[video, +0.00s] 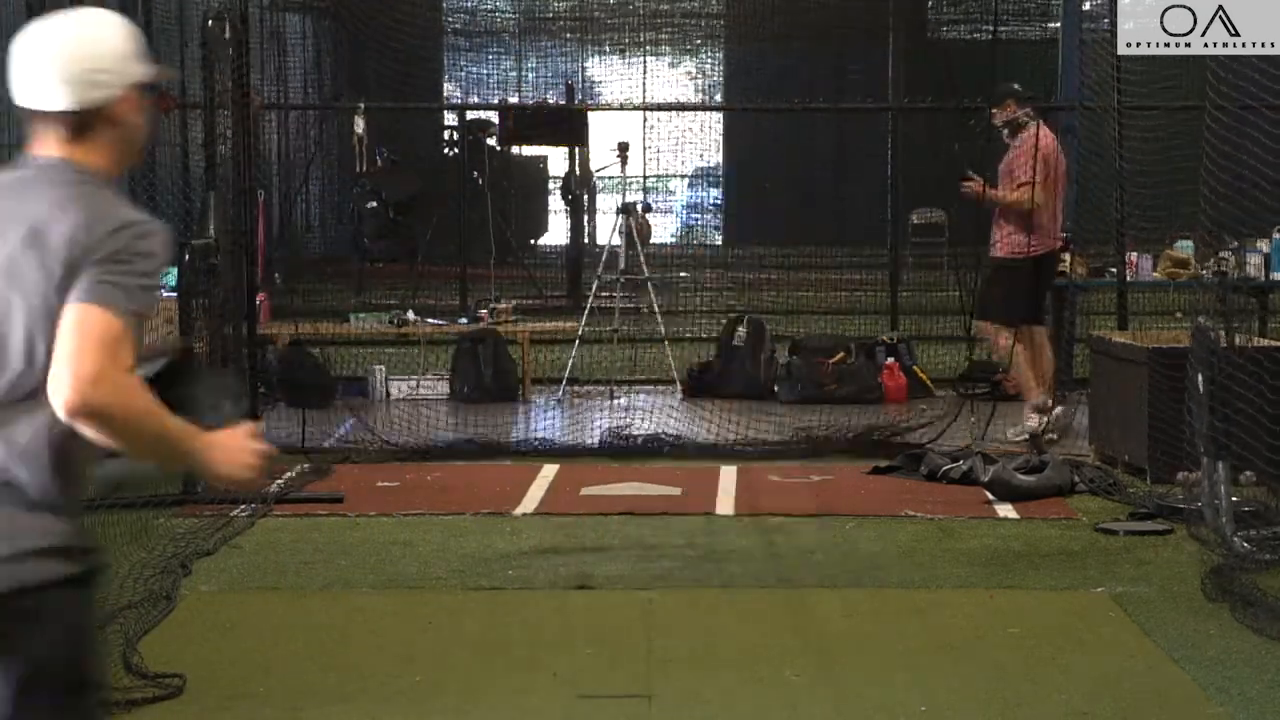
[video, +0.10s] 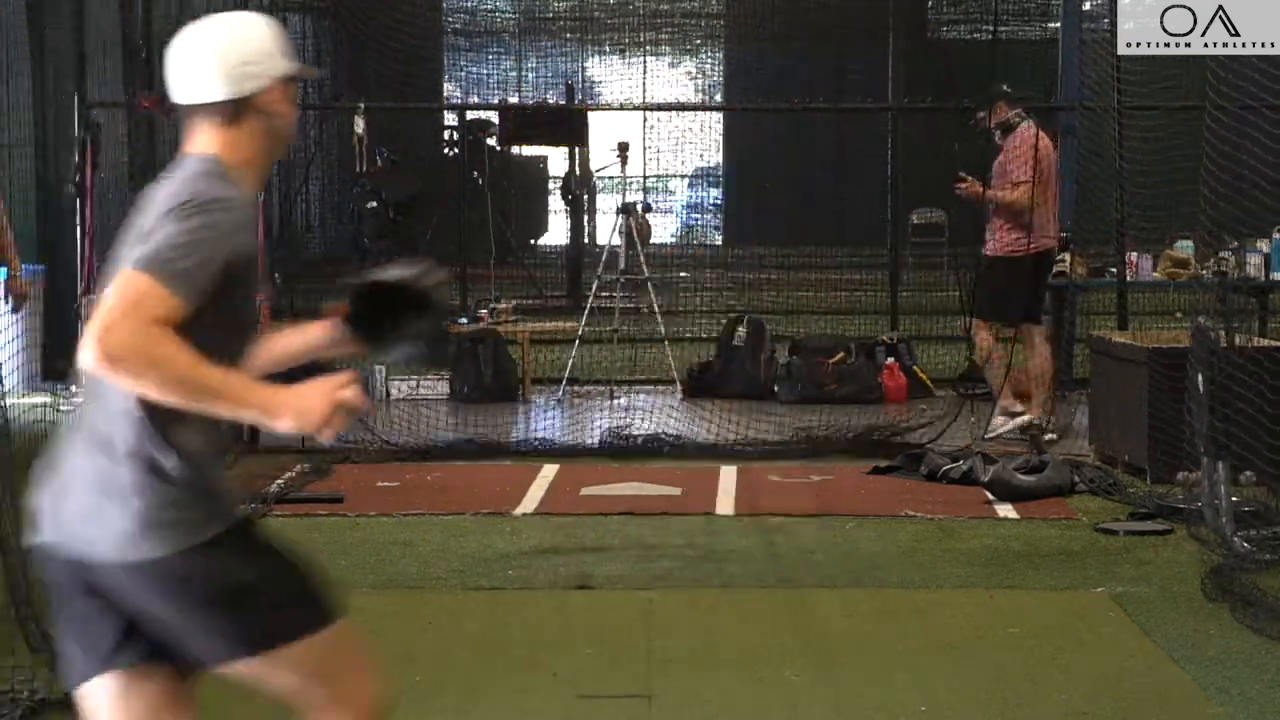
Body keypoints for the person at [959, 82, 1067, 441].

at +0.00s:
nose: (995, 118)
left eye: (1000, 110)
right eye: (994, 112)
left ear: (1018, 109)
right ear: (1022, 111)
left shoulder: (1032, 142)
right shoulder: (1042, 140)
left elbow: (1029, 198)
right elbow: (1036, 197)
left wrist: (986, 194)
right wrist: (993, 193)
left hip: (1021, 251)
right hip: (1038, 249)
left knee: (992, 325)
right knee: (1032, 327)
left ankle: (1034, 404)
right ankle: (1046, 404)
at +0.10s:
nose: (987, 122)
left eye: (988, 115)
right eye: (985, 116)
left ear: (1002, 109)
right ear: (1014, 109)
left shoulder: (1020, 140)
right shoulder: (1040, 140)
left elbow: (1021, 200)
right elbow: (1033, 199)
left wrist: (981, 193)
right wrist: (986, 193)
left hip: (1012, 250)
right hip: (1038, 250)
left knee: (982, 329)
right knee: (1033, 331)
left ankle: (1007, 405)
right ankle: (1040, 415)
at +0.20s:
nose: (978, 126)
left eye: (980, 118)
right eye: (975, 120)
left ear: (995, 111)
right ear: (997, 112)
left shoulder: (1013, 138)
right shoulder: (1017, 138)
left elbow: (1019, 198)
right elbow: (1018, 199)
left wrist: (975, 196)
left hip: (1008, 253)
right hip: (1026, 252)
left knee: (964, 324)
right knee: (1030, 333)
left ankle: (971, 414)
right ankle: (1039, 417)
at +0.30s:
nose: (964, 126)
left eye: (967, 117)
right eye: (960, 120)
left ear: (985, 112)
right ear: (970, 119)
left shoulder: (1007, 143)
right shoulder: (992, 143)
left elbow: (1008, 200)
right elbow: (995, 201)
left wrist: (961, 199)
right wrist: (960, 198)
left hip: (1000, 254)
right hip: (1013, 253)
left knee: (955, 324)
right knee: (1019, 330)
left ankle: (944, 414)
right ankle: (1039, 416)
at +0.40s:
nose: (949, 126)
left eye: (953, 118)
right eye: (947, 121)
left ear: (970, 115)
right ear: (967, 118)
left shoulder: (989, 146)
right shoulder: (987, 144)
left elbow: (992, 201)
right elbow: (981, 203)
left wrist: (948, 200)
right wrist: (947, 203)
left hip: (983, 256)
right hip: (1004, 255)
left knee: (940, 327)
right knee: (1009, 331)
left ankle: (928, 416)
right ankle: (1037, 417)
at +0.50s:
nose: (929, 133)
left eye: (930, 126)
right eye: (927, 127)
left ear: (946, 119)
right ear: (957, 116)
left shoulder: (964, 149)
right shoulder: (989, 144)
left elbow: (969, 206)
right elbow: (986, 206)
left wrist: (927, 202)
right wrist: (934, 208)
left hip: (960, 259)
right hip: (992, 256)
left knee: (926, 330)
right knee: (999, 332)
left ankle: (924, 416)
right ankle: (1035, 414)